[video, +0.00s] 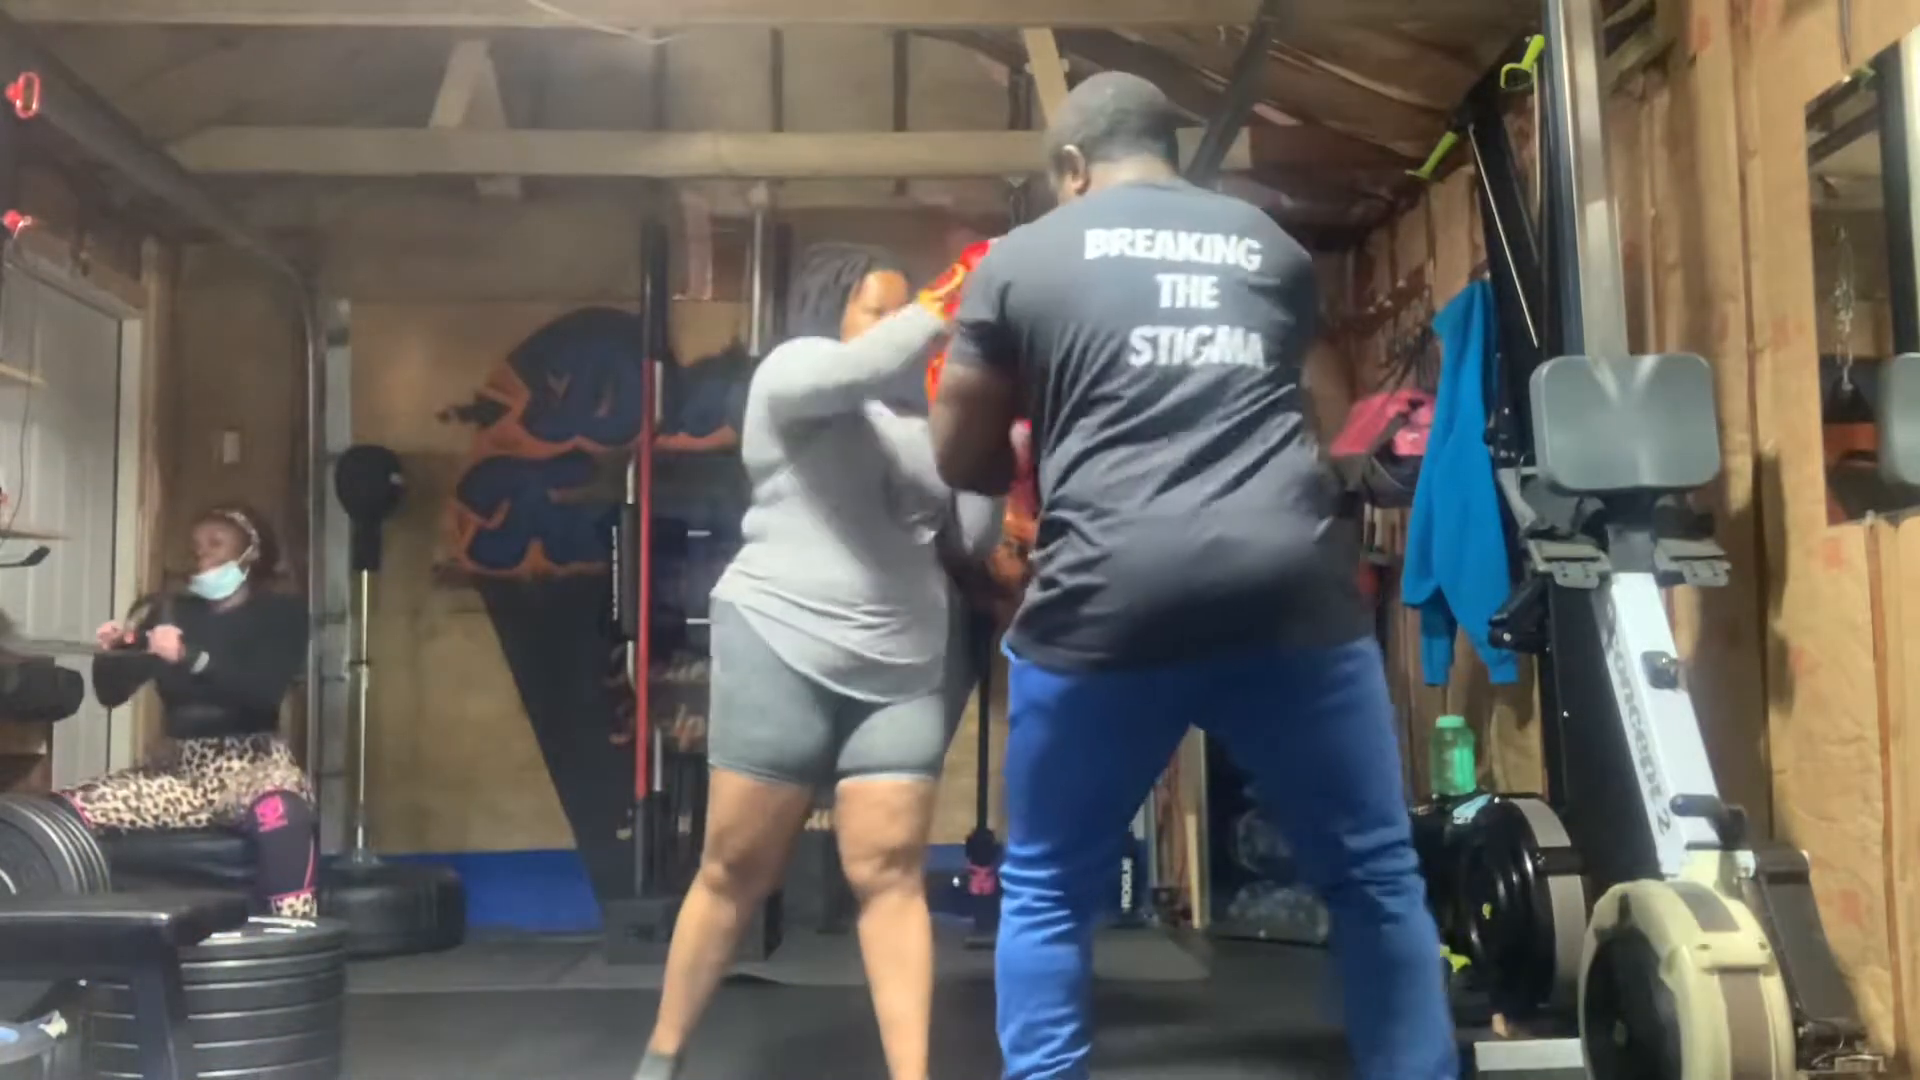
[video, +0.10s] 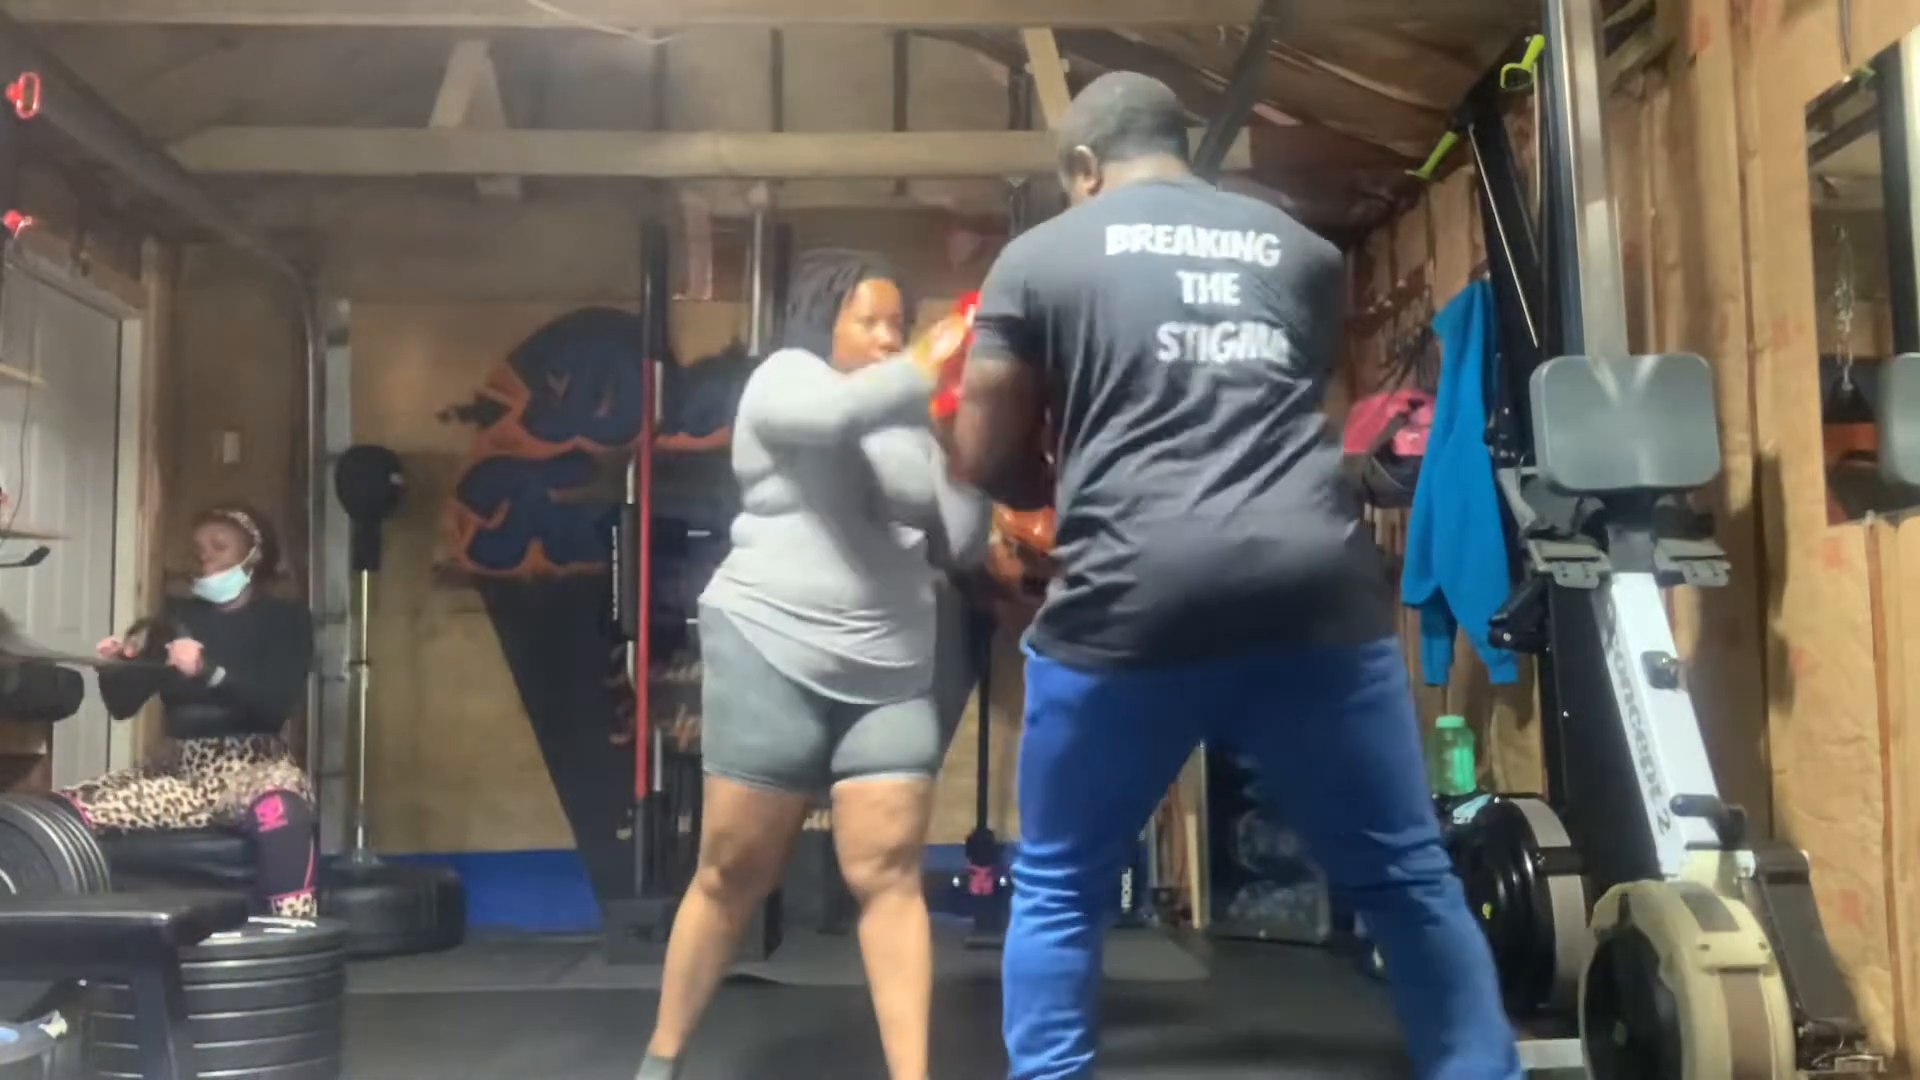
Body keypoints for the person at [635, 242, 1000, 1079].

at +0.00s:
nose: (900, 325)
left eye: (906, 312)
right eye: (880, 309)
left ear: (909, 323)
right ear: (826, 309)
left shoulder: (927, 424)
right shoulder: (787, 373)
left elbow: (973, 540)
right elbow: (868, 366)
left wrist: (1001, 452)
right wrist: (947, 301)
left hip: (904, 665)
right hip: (779, 641)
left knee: (890, 871)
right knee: (731, 870)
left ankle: (911, 1073)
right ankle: (661, 1056)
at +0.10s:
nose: (890, 340)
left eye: (898, 326)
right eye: (871, 323)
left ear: (905, 334)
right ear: (819, 321)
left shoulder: (913, 414)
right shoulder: (780, 377)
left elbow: (960, 546)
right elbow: (835, 413)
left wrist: (970, 434)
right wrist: (931, 361)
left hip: (896, 663)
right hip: (770, 642)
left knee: (890, 870)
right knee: (729, 873)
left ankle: (912, 1073)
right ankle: (662, 1057)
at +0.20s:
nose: (876, 343)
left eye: (887, 329)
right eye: (858, 326)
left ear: (897, 340)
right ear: (809, 330)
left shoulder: (908, 427)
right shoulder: (761, 399)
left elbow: (945, 561)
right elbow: (762, 494)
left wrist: (961, 474)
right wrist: (876, 443)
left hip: (877, 666)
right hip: (750, 647)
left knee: (883, 871)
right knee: (721, 879)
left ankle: (911, 1073)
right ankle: (660, 1061)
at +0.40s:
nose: (841, 358)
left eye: (850, 345)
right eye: (824, 339)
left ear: (857, 356)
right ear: (773, 341)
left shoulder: (860, 445)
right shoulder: (711, 431)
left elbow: (894, 582)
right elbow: (672, 557)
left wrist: (903, 525)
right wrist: (769, 505)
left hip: (843, 687)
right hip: (713, 683)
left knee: (874, 869)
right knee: (702, 888)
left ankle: (902, 1072)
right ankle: (667, 1066)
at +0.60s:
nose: (844, 382)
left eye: (851, 368)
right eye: (827, 363)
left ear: (857, 378)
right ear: (774, 365)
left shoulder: (866, 471)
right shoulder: (707, 460)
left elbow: (915, 600)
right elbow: (666, 589)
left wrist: (914, 513)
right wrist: (755, 536)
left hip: (860, 703)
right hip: (722, 704)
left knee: (923, 864)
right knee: (697, 906)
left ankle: (925, 1066)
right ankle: (667, 1072)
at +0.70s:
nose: (876, 381)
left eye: (883, 367)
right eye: (857, 363)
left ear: (891, 379)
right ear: (802, 366)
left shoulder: (905, 466)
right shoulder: (746, 452)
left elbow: (955, 575)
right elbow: (709, 572)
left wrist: (955, 463)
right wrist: (806, 475)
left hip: (884, 707)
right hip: (745, 706)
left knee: (965, 887)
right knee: (707, 915)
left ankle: (1044, 1073)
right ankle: (666, 1069)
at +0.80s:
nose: (922, 374)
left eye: (929, 360)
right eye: (904, 356)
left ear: (938, 376)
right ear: (851, 364)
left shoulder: (951, 466)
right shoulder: (798, 437)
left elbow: (1014, 566)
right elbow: (800, 486)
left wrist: (1009, 460)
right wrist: (910, 413)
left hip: (929, 706)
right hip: (790, 697)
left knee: (999, 889)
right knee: (738, 917)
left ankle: (1089, 1059)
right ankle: (664, 1068)